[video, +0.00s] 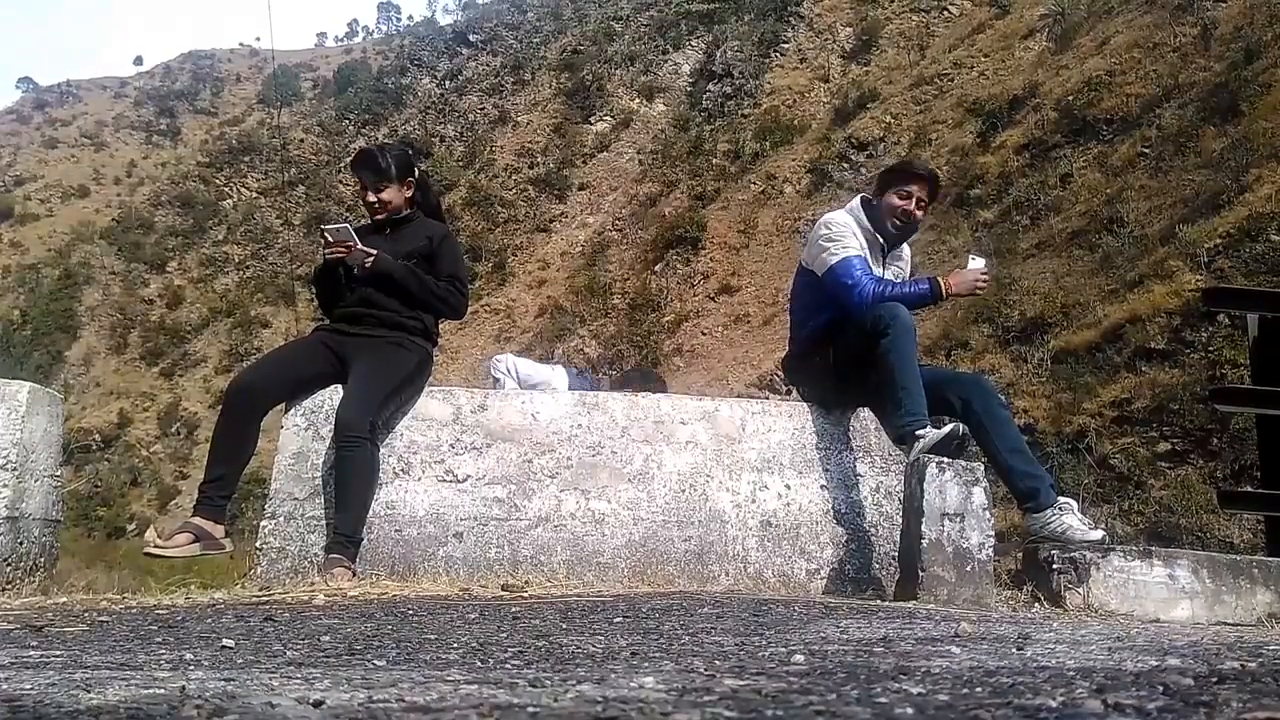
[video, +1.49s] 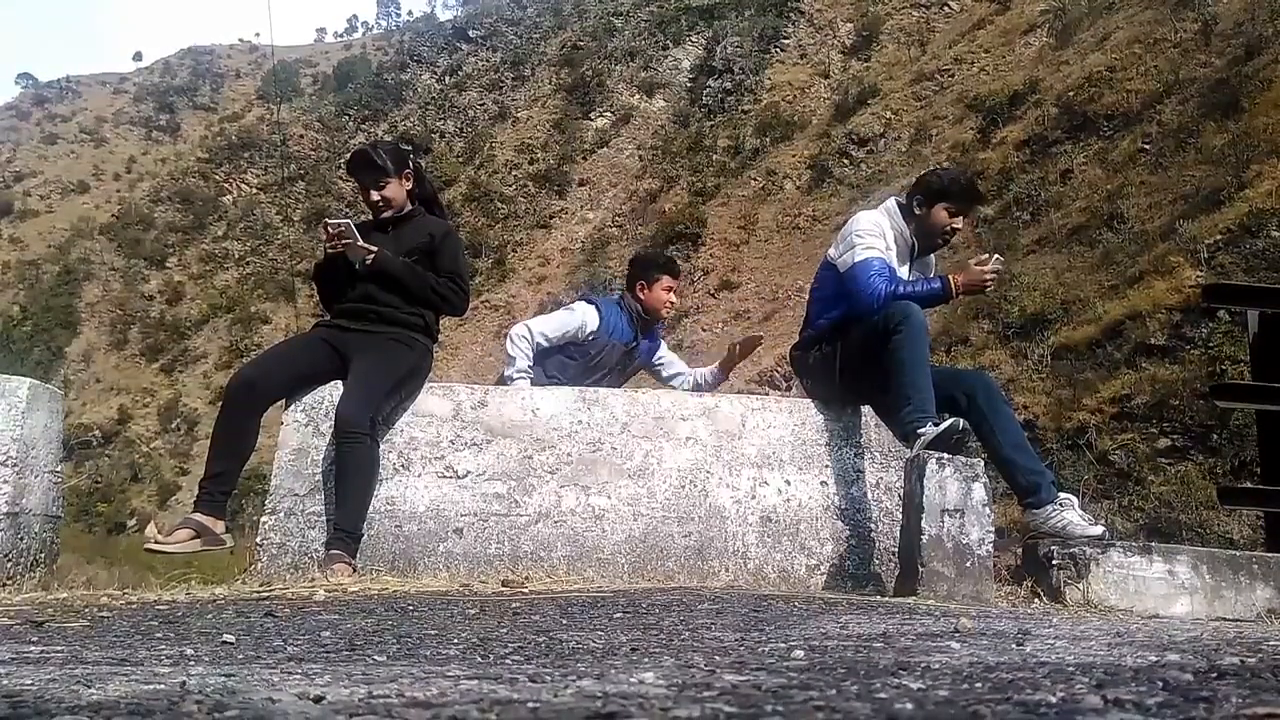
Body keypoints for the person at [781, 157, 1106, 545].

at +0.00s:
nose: (910, 209)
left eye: (920, 205)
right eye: (902, 196)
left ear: (923, 215)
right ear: (878, 193)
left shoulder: (899, 251)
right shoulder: (835, 228)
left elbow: (886, 308)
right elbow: (862, 292)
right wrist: (943, 286)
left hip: (872, 375)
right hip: (821, 371)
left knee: (975, 391)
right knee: (893, 317)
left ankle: (1043, 509)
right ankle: (914, 433)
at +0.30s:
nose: (946, 227)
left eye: (951, 219)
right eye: (943, 214)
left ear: (918, 209)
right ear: (912, 201)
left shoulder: (908, 254)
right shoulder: (851, 227)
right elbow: (866, 293)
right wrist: (944, 288)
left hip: (870, 373)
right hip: (822, 369)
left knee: (975, 389)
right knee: (896, 315)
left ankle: (1043, 507)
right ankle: (914, 431)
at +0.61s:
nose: (966, 233)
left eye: (970, 224)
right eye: (962, 220)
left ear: (935, 216)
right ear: (931, 211)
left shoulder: (921, 257)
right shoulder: (872, 229)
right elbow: (877, 296)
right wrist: (956, 291)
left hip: (875, 373)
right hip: (828, 368)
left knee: (976, 389)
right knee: (906, 316)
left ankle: (1043, 507)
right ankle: (917, 428)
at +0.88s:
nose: (970, 234)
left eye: (974, 226)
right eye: (967, 222)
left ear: (938, 217)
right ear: (936, 212)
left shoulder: (921, 253)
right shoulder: (879, 228)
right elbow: (882, 295)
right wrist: (960, 288)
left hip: (875, 369)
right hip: (828, 364)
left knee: (977, 388)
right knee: (909, 317)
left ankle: (1044, 504)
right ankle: (920, 428)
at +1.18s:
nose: (964, 228)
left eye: (968, 219)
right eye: (959, 215)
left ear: (931, 214)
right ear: (927, 207)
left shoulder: (921, 251)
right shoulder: (871, 227)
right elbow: (875, 293)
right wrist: (953, 284)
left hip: (876, 370)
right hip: (828, 364)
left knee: (976, 387)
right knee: (906, 316)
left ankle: (1044, 504)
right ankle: (918, 426)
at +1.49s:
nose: (958, 226)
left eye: (963, 218)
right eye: (952, 214)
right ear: (922, 205)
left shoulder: (921, 251)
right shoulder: (868, 228)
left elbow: (912, 305)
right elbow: (874, 293)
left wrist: (954, 289)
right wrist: (951, 284)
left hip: (877, 371)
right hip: (827, 366)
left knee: (976, 387)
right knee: (905, 316)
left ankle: (1043, 504)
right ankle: (917, 427)